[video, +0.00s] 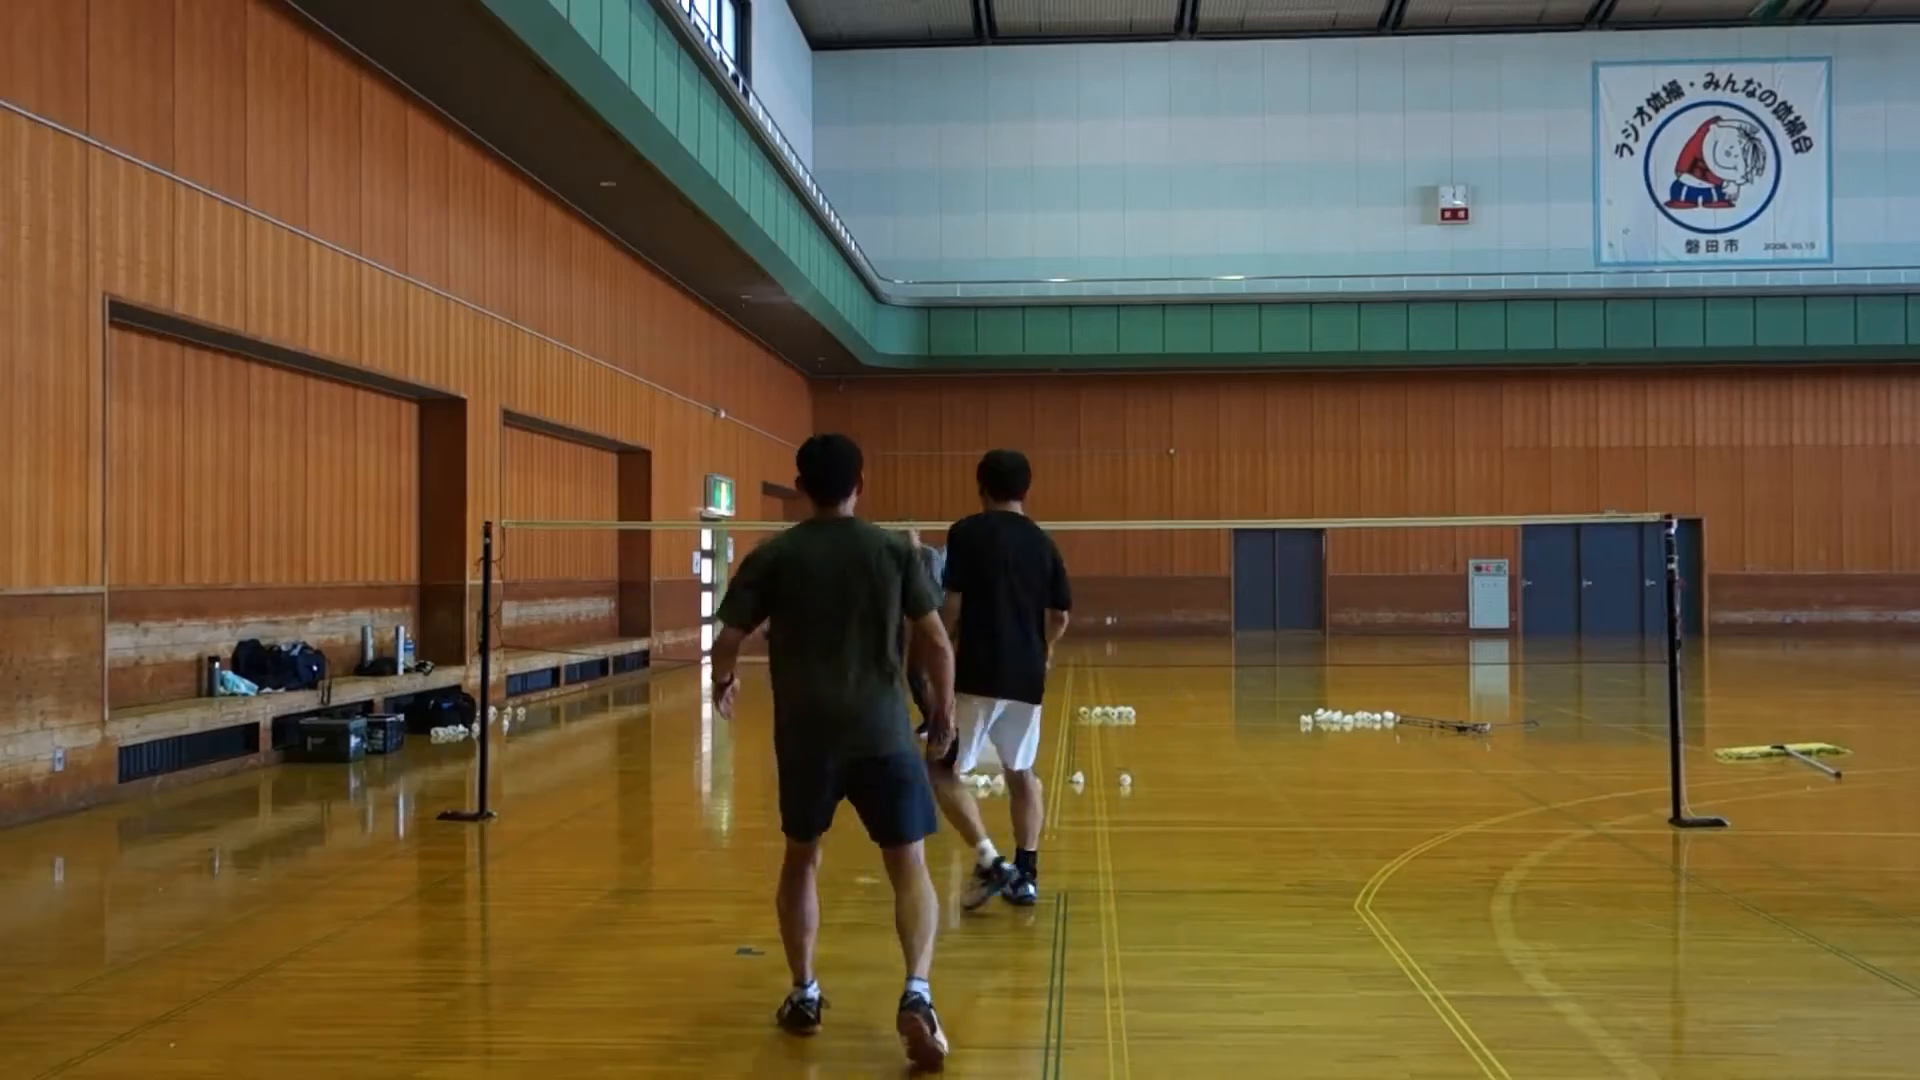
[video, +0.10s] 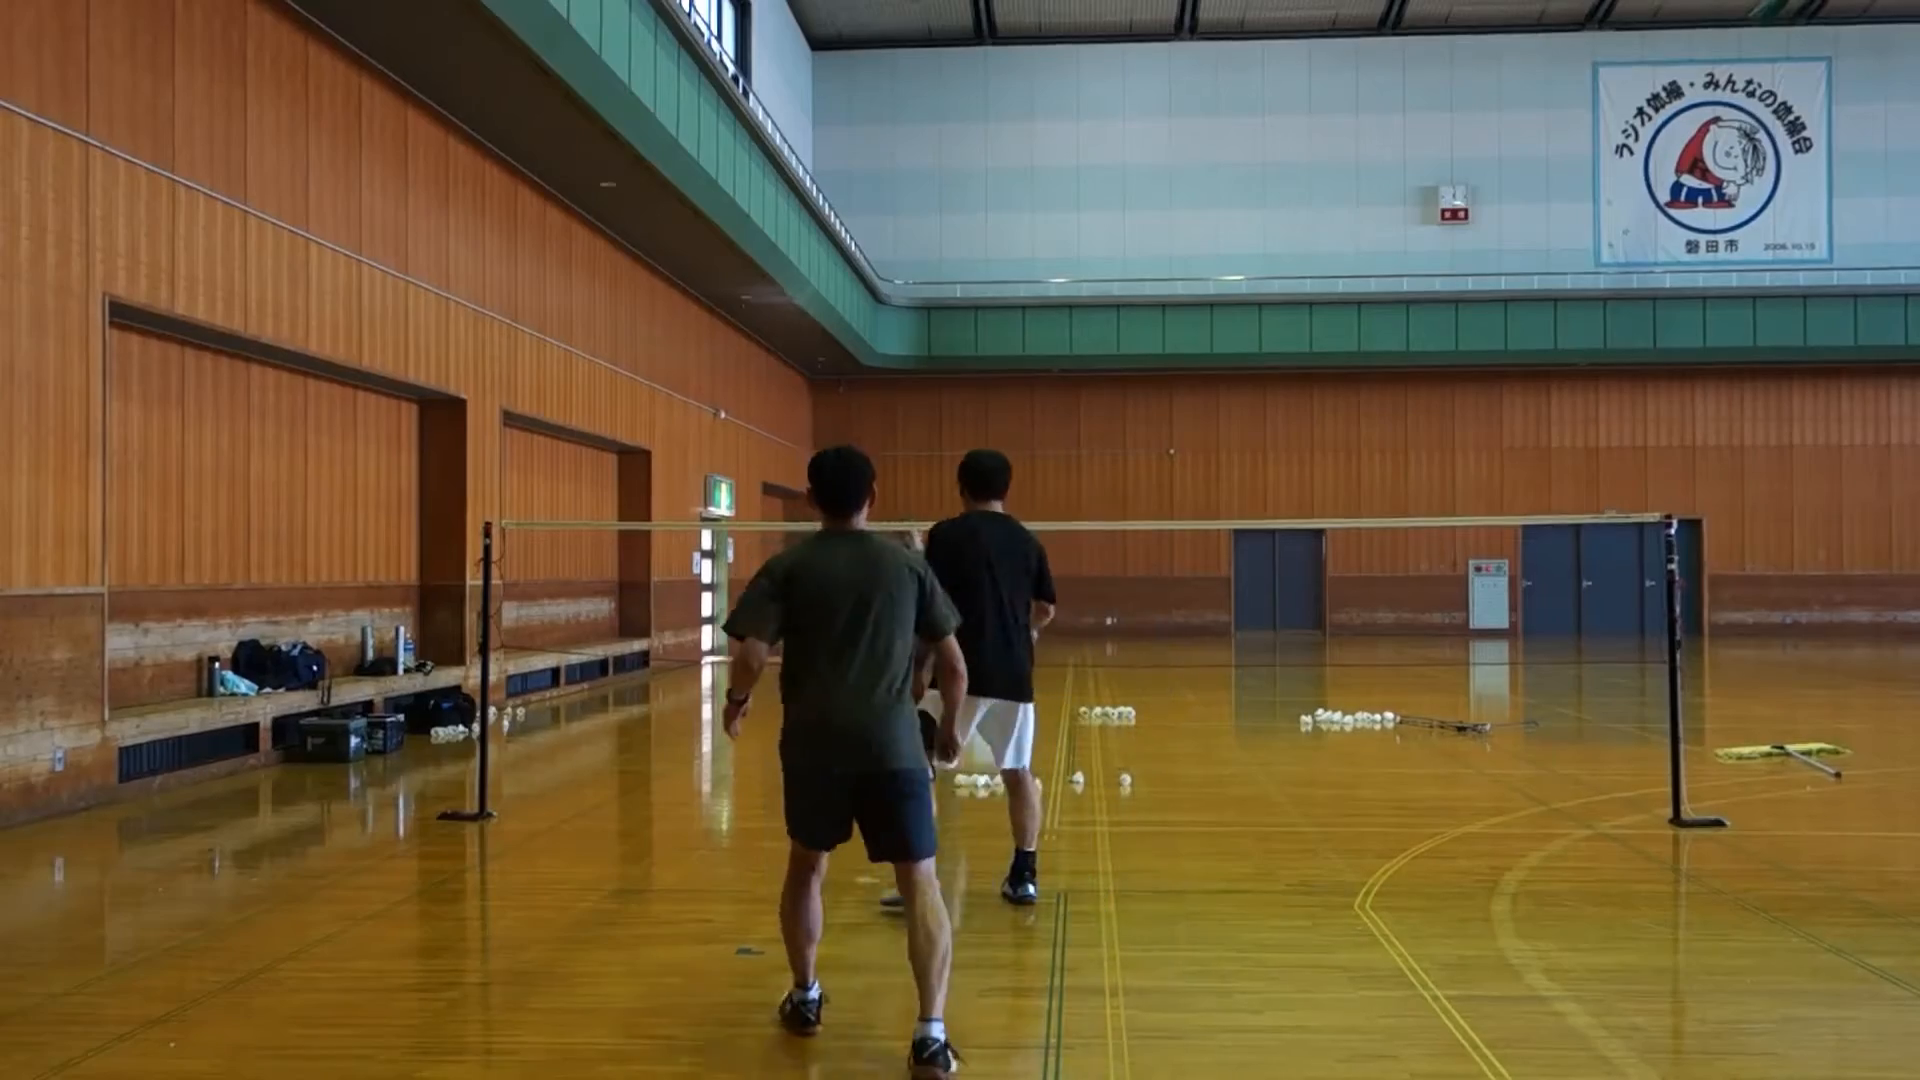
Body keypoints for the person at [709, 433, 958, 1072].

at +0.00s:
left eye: (805, 482)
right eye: (856, 482)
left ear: (800, 487)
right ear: (859, 487)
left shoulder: (774, 554)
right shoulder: (895, 550)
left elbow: (727, 641)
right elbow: (935, 639)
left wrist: (723, 677)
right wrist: (944, 712)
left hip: (805, 740)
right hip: (882, 735)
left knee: (801, 858)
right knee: (910, 867)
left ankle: (804, 992)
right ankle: (917, 990)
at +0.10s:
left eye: (817, 493)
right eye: (868, 493)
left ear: (812, 499)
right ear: (871, 499)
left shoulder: (788, 565)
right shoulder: (907, 565)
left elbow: (751, 651)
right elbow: (953, 667)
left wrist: (738, 696)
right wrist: (950, 735)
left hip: (813, 748)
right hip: (893, 748)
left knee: (806, 868)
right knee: (921, 883)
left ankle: (806, 994)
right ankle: (931, 1030)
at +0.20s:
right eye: (878, 484)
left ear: (815, 491)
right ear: (878, 490)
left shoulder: (788, 557)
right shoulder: (915, 557)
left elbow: (767, 641)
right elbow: (959, 657)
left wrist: (762, 692)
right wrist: (963, 722)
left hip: (813, 742)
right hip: (895, 744)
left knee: (803, 869)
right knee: (921, 887)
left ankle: (799, 997)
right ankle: (933, 1036)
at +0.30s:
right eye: (875, 466)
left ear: (809, 470)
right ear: (872, 469)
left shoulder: (780, 537)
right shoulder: (911, 534)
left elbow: (748, 621)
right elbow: (953, 633)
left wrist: (769, 676)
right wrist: (965, 708)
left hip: (805, 718)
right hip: (886, 720)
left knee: (784, 858)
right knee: (917, 869)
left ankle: (763, 1010)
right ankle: (933, 1027)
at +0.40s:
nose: (873, 482)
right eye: (872, 474)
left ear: (808, 479)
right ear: (871, 478)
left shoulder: (777, 547)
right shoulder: (905, 545)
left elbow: (733, 637)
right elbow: (941, 645)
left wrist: (758, 691)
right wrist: (965, 730)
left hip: (791, 735)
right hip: (876, 736)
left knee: (750, 878)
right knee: (933, 879)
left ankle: (701, 1031)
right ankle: (962, 1035)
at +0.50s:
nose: (875, 514)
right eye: (876, 506)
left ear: (814, 515)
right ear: (876, 513)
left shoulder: (780, 588)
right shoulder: (909, 585)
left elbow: (733, 684)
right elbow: (931, 684)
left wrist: (737, 752)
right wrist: (962, 776)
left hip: (786, 776)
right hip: (873, 779)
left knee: (731, 911)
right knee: (955, 906)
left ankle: (683, 1055)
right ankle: (979, 1045)